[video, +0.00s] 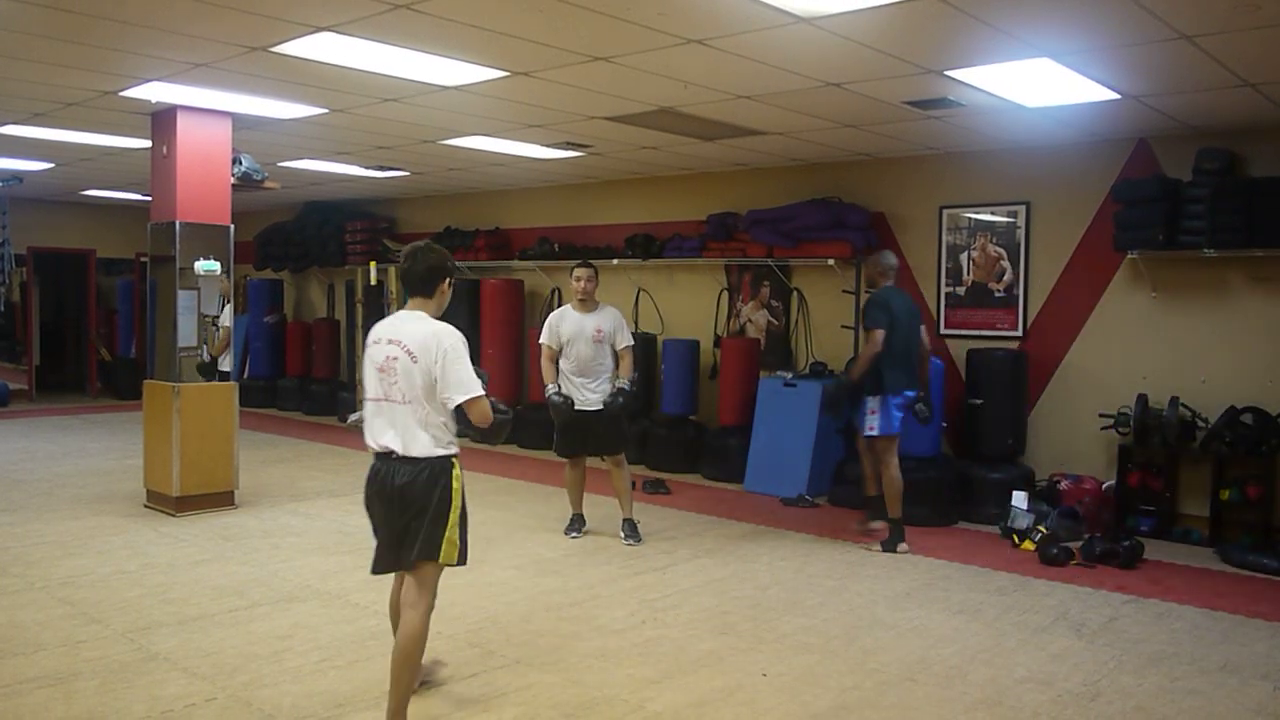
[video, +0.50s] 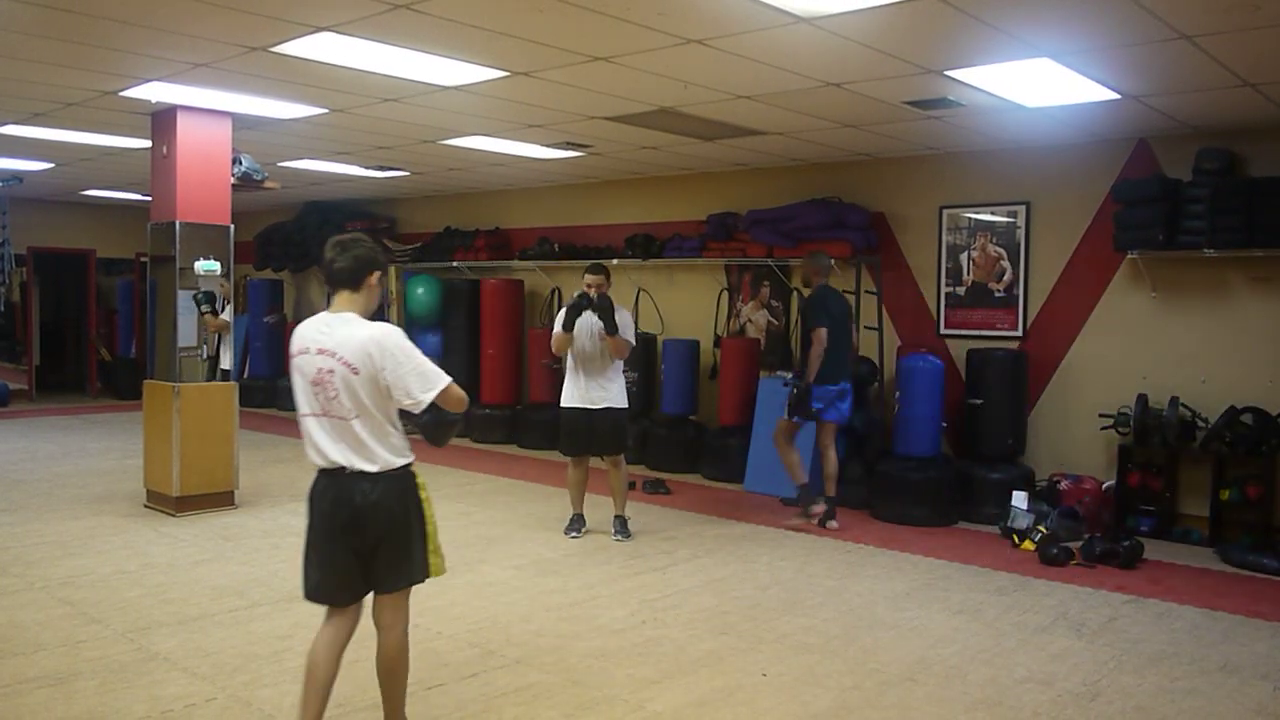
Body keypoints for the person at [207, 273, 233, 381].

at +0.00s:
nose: (220, 286)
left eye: (223, 282)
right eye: (221, 282)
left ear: (231, 284)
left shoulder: (229, 309)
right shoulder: (244, 307)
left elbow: (225, 338)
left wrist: (213, 352)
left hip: (227, 368)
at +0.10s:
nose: (220, 288)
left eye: (221, 283)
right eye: (219, 284)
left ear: (230, 284)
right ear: (228, 284)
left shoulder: (230, 308)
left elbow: (224, 335)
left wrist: (207, 347)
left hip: (228, 368)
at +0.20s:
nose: (219, 291)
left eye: (220, 286)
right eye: (218, 287)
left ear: (229, 286)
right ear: (228, 286)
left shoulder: (231, 308)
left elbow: (221, 332)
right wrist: (207, 323)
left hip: (229, 369)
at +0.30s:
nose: (220, 292)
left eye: (221, 287)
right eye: (219, 288)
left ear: (231, 287)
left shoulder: (232, 307)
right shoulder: (230, 306)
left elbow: (213, 328)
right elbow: (220, 326)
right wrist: (209, 309)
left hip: (230, 369)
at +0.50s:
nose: (221, 290)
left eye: (223, 286)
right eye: (221, 286)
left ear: (232, 287)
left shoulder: (233, 307)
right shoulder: (230, 306)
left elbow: (214, 326)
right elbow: (218, 325)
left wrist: (205, 308)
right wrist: (211, 310)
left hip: (230, 367)